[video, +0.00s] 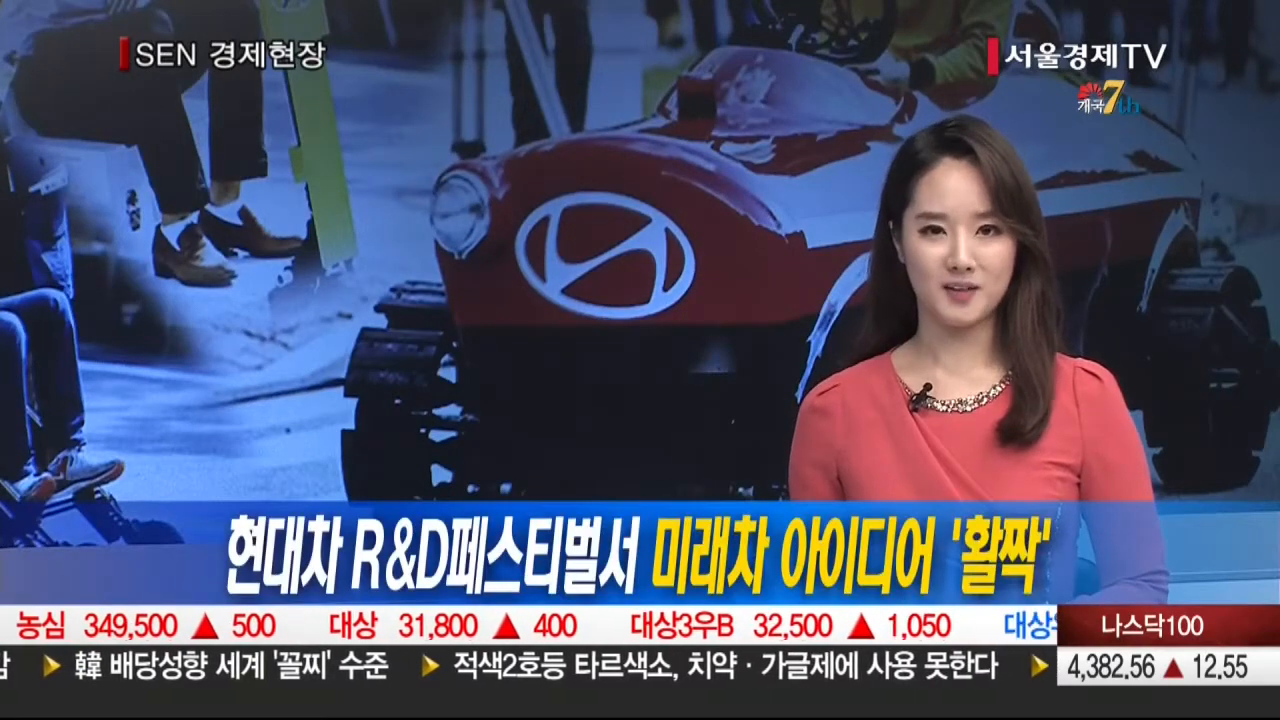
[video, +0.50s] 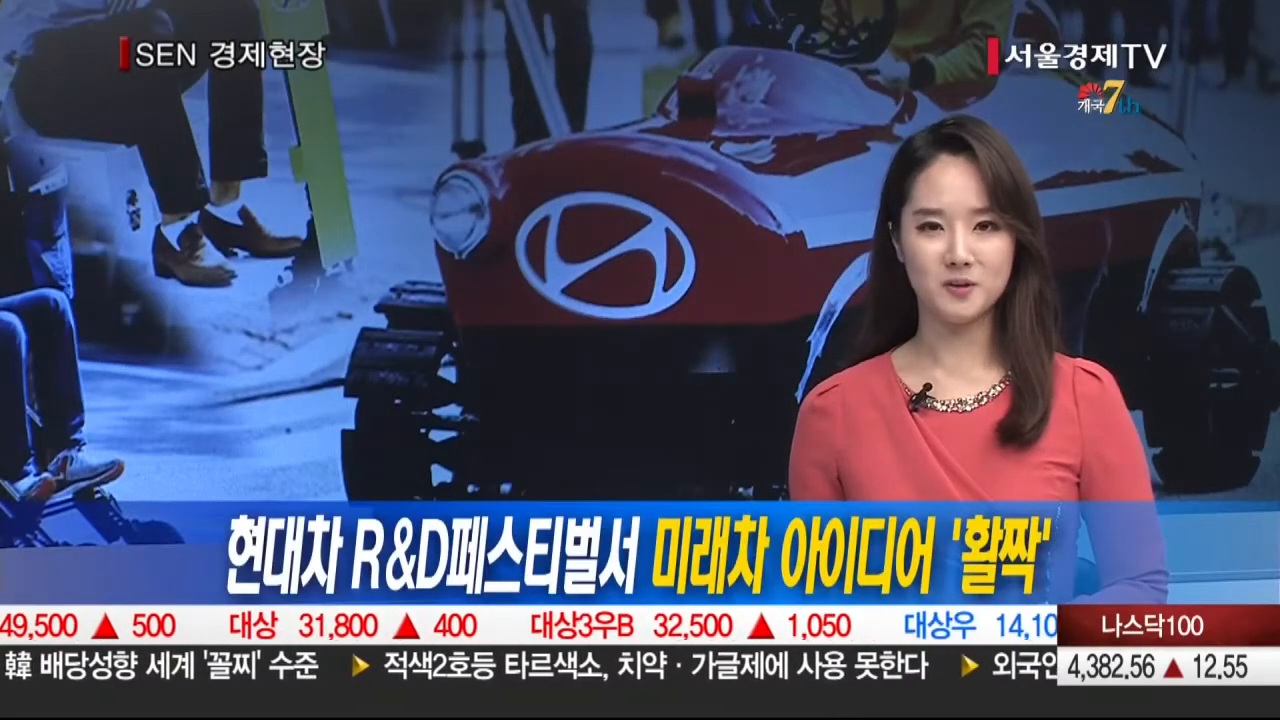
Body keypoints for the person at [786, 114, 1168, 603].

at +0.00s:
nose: (961, 259)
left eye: (988, 229)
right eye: (934, 230)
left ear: (1021, 244)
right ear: (898, 244)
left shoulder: (1086, 398)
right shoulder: (832, 413)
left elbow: (1140, 586)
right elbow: (811, 604)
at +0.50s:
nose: (959, 254)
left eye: (986, 226)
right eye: (931, 227)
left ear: (1019, 242)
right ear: (897, 244)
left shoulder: (1085, 398)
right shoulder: (832, 413)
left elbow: (1139, 585)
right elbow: (812, 605)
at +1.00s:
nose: (959, 256)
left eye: (985, 227)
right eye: (930, 228)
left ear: (1019, 243)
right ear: (897, 244)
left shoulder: (1086, 398)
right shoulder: (832, 414)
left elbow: (1139, 585)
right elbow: (814, 605)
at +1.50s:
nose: (956, 259)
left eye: (982, 230)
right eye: (928, 232)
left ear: (1017, 243)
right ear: (895, 245)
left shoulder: (1085, 397)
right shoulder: (831, 413)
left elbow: (1142, 583)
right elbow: (813, 604)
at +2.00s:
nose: (955, 249)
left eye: (982, 222)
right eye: (927, 222)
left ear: (1016, 242)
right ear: (894, 241)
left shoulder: (1083, 396)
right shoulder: (830, 413)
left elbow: (1142, 581)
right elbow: (811, 603)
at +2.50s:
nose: (954, 249)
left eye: (982, 224)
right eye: (928, 222)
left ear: (1015, 243)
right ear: (893, 239)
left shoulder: (1083, 396)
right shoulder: (829, 414)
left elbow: (1142, 580)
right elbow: (811, 604)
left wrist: (1041, 647)